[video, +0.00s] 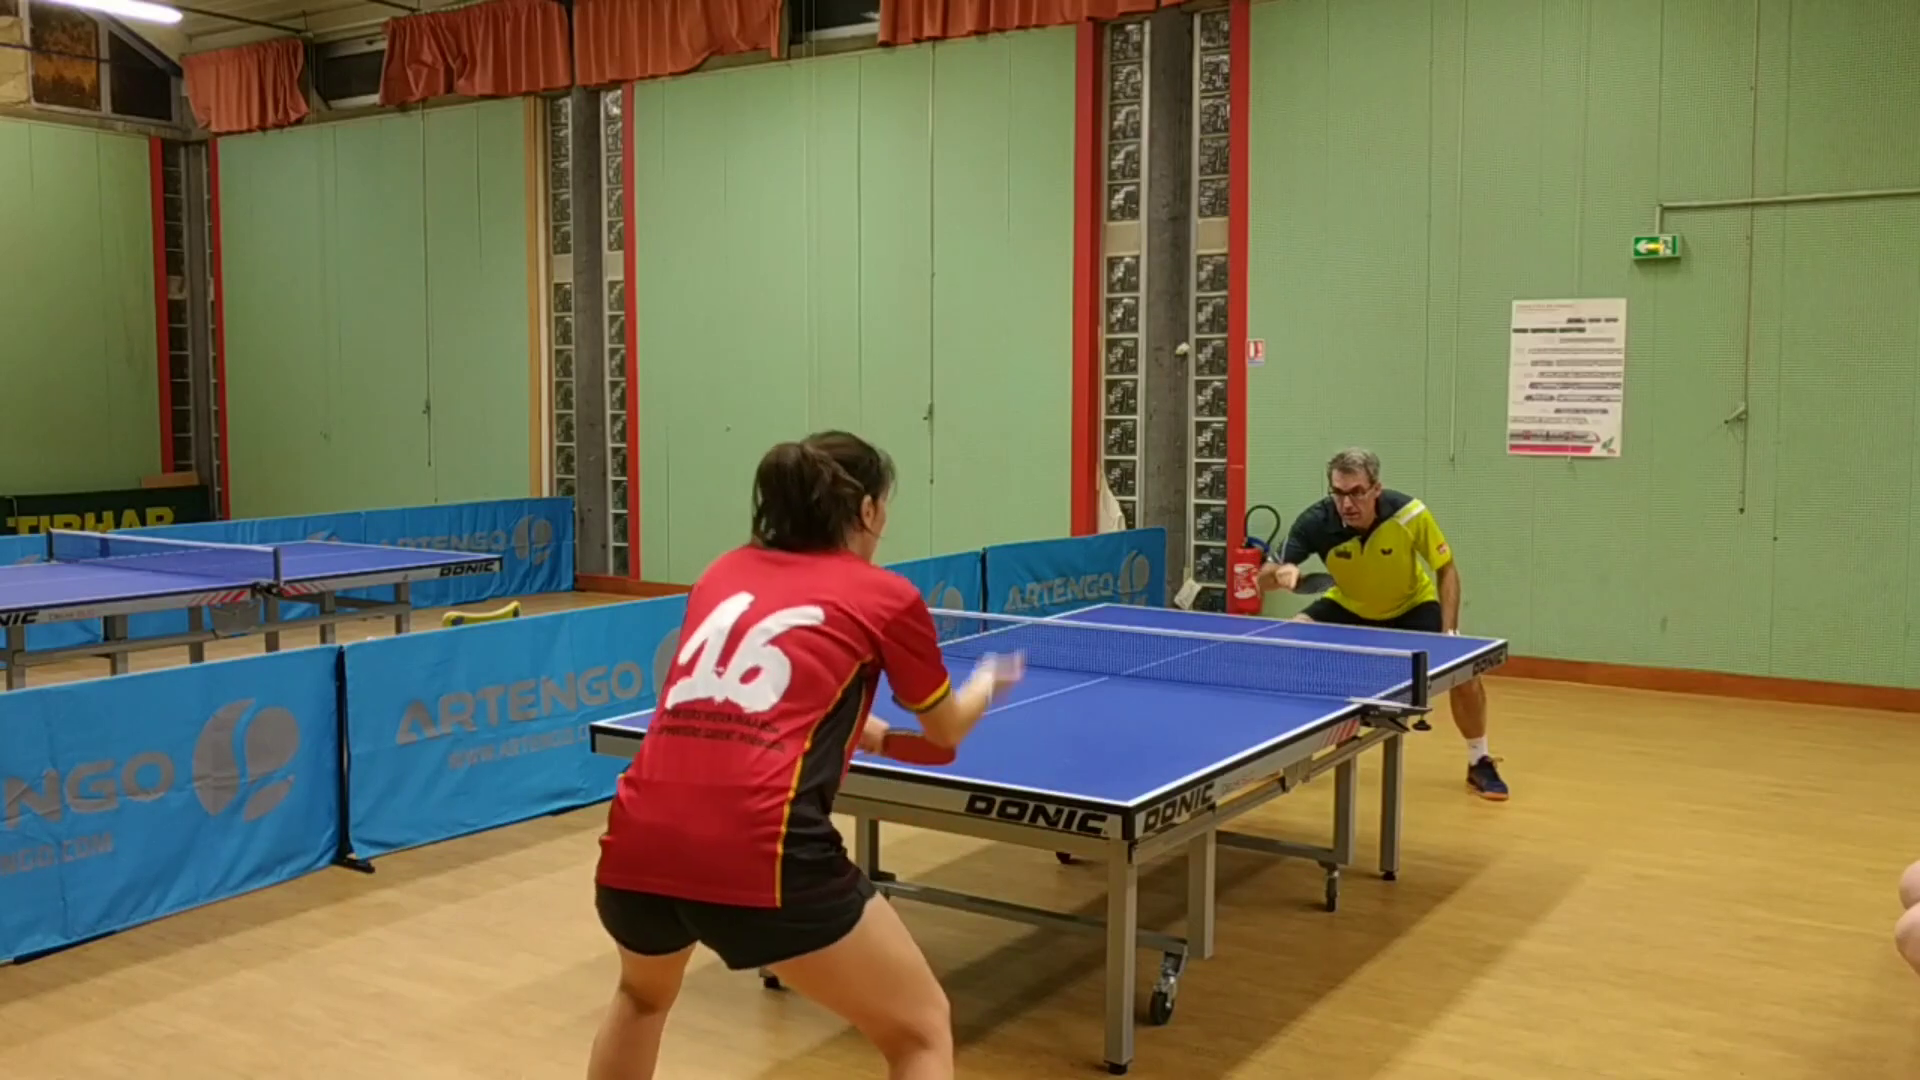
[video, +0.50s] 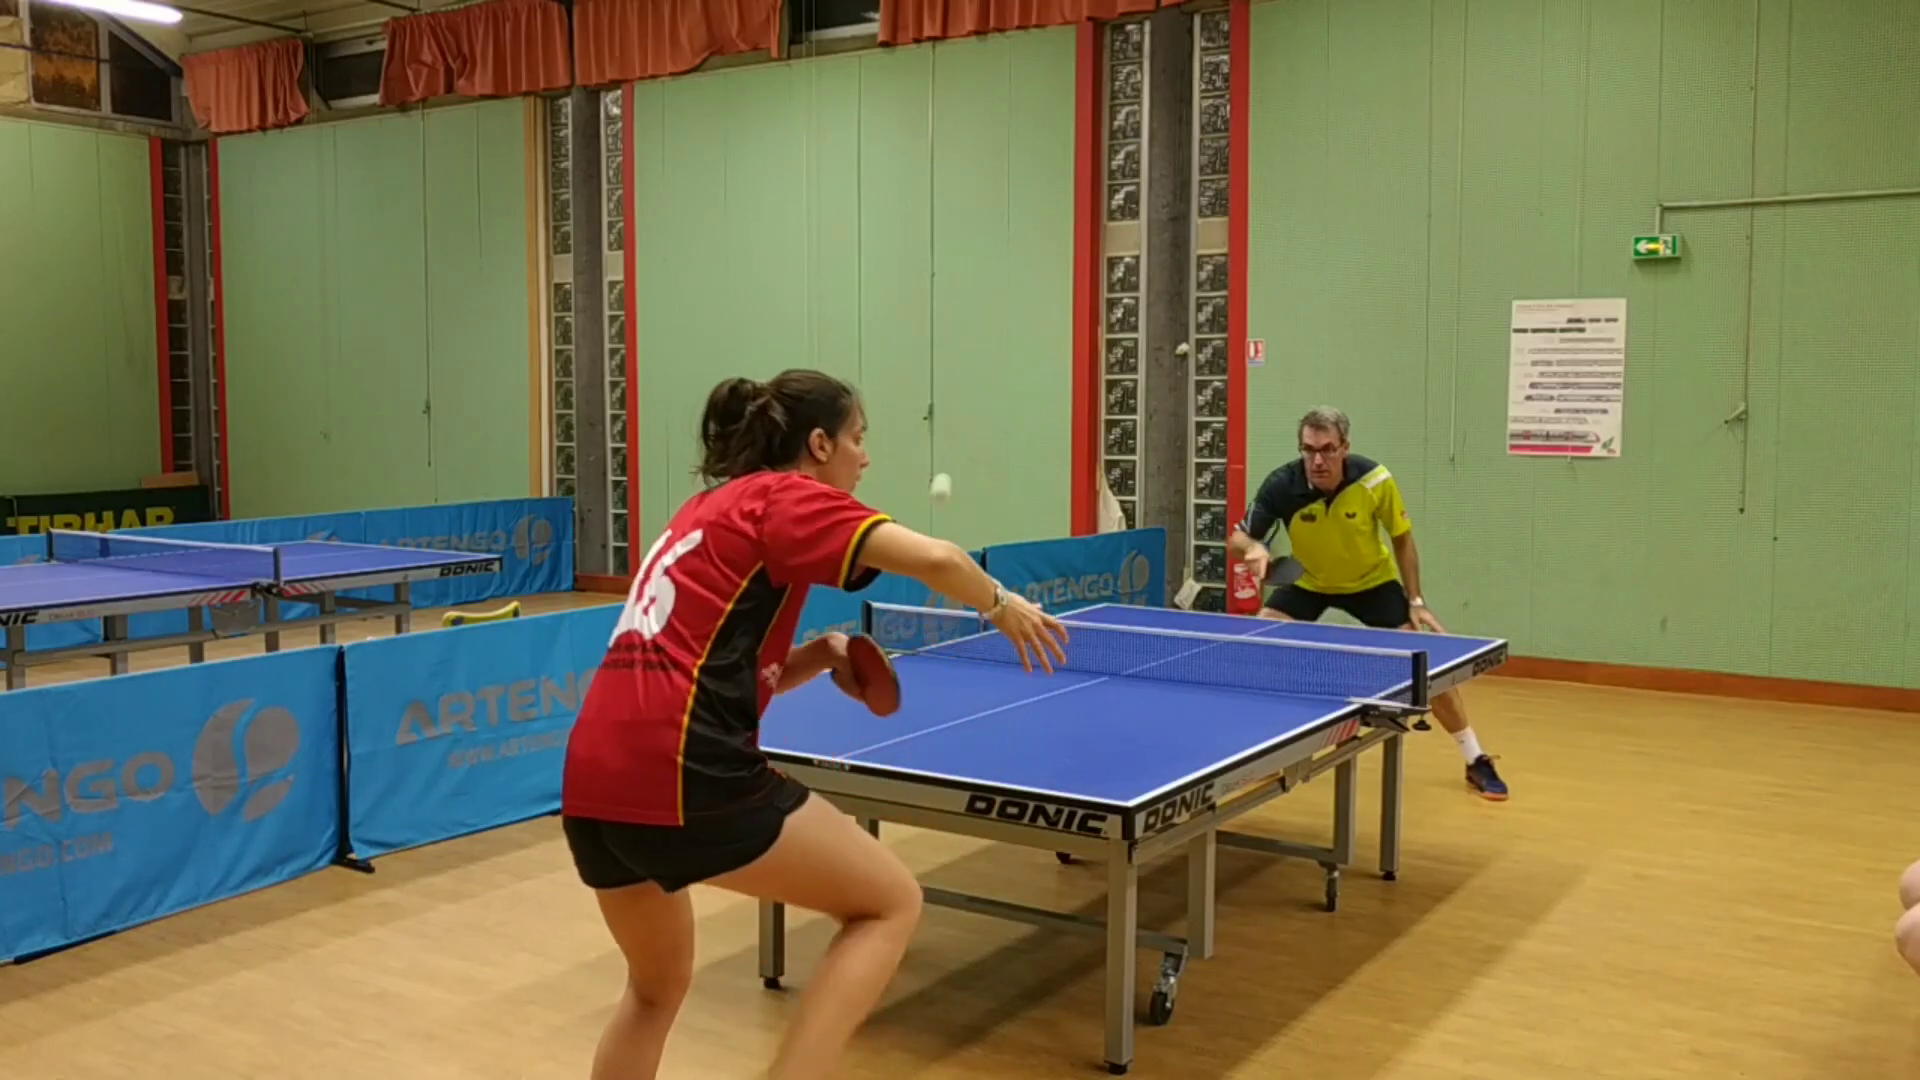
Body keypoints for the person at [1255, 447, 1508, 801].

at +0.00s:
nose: (1347, 503)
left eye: (1356, 493)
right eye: (1339, 493)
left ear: (1376, 488)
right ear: (1330, 489)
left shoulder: (1408, 512)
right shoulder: (1314, 523)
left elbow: (1447, 570)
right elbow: (1265, 580)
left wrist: (1449, 633)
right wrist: (1280, 574)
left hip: (1412, 605)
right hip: (1348, 604)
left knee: (1462, 667)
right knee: (1284, 640)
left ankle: (1480, 762)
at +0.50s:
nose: (1318, 461)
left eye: (1327, 450)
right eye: (1310, 451)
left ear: (1345, 448)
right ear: (1299, 450)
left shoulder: (1372, 478)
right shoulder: (1282, 485)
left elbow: (1403, 539)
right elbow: (1239, 538)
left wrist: (1415, 600)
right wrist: (1254, 548)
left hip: (1372, 583)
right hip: (1310, 583)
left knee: (1425, 658)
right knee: (1256, 643)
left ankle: (1476, 759)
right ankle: (1259, 753)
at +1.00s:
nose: (1318, 445)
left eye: (1328, 435)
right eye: (1311, 435)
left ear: (1344, 431)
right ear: (1301, 432)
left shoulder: (1369, 461)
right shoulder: (1278, 471)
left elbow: (1389, 518)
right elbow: (1239, 529)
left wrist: (1398, 576)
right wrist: (1268, 548)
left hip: (1364, 573)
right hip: (1300, 574)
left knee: (1410, 650)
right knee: (1257, 647)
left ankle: (1435, 745)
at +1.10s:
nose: (1348, 454)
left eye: (1357, 444)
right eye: (1339, 445)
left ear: (1370, 438)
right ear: (1326, 439)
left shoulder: (1388, 465)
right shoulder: (1299, 476)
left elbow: (1399, 521)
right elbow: (1269, 545)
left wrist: (1411, 577)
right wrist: (1323, 557)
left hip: (1374, 575)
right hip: (1311, 577)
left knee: (1422, 652)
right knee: (1268, 633)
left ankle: (1453, 751)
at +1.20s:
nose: (1381, 468)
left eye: (1390, 459)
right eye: (1372, 459)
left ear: (1401, 454)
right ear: (1355, 450)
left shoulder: (1409, 475)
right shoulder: (1329, 485)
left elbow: (1412, 529)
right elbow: (1315, 567)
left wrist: (1428, 584)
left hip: (1386, 582)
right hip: (1327, 582)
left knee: (1435, 642)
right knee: (1282, 632)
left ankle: (1456, 751)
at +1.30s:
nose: (1413, 481)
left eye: (1420, 472)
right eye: (1404, 470)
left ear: (1429, 468)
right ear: (1385, 461)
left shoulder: (1425, 486)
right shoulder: (1355, 498)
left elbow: (1423, 533)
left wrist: (1447, 584)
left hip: (1401, 579)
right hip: (1341, 580)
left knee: (1448, 648)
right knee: (1296, 637)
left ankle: (1456, 751)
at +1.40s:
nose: (1439, 488)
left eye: (1447, 480)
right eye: (1431, 478)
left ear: (1454, 475)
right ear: (1408, 469)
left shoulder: (1434, 492)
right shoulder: (1378, 506)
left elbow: (1430, 530)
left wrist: (1452, 580)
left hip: (1408, 579)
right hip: (1351, 582)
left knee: (1456, 649)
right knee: (1306, 645)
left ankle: (1458, 752)